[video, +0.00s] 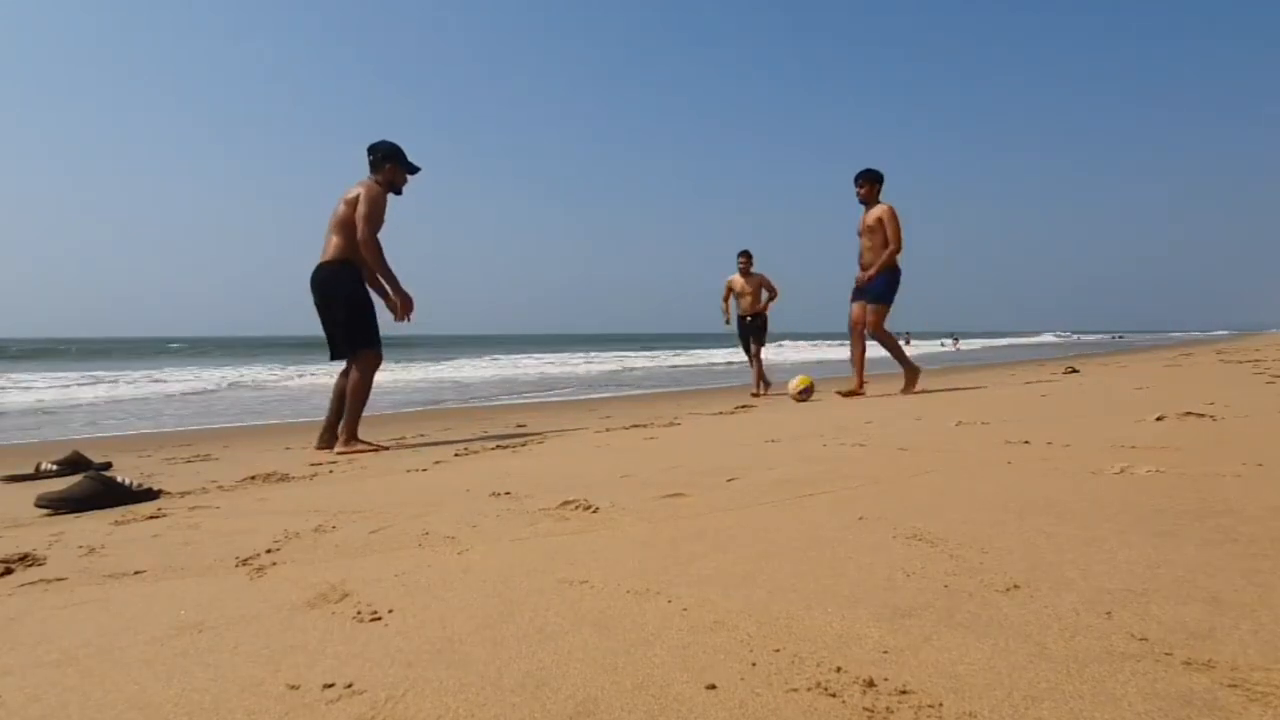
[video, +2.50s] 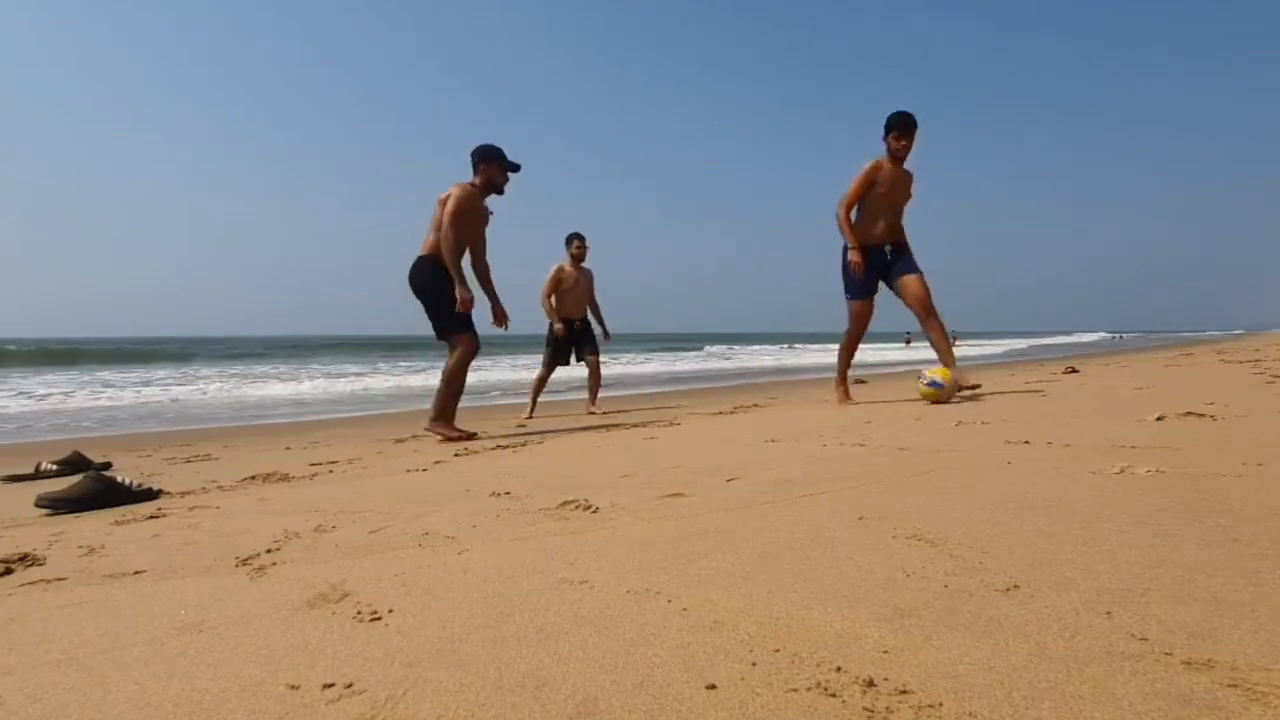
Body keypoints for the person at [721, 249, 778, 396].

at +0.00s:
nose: (742, 266)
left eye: (745, 263)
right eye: (740, 263)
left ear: (751, 263)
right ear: (737, 264)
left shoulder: (759, 279)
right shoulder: (731, 282)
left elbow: (773, 292)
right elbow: (725, 299)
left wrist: (765, 305)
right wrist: (727, 314)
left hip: (757, 315)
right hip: (742, 317)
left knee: (755, 353)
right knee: (750, 356)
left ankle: (756, 388)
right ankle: (765, 381)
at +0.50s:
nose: (683, 260)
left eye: (686, 257)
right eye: (680, 257)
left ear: (692, 258)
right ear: (677, 258)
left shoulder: (700, 276)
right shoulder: (671, 278)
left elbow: (713, 296)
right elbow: (667, 297)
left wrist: (700, 300)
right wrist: (663, 309)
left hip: (695, 318)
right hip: (678, 319)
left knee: (701, 358)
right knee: (677, 360)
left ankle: (720, 380)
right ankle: (686, 394)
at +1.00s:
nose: (621, 260)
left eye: (624, 257)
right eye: (618, 257)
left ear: (628, 259)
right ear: (612, 258)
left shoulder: (633, 279)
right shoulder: (602, 277)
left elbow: (642, 301)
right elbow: (595, 297)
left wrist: (632, 312)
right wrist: (595, 312)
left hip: (623, 322)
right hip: (603, 321)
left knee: (627, 365)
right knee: (588, 362)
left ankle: (639, 399)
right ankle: (577, 402)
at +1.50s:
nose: (578, 259)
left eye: (581, 256)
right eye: (575, 255)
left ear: (583, 257)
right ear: (567, 256)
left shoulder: (585, 279)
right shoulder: (555, 276)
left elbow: (590, 300)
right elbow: (543, 297)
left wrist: (590, 314)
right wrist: (541, 316)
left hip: (575, 323)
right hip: (556, 321)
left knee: (574, 368)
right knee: (544, 366)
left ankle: (566, 405)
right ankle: (531, 405)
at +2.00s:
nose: (553, 252)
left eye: (555, 248)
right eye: (549, 248)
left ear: (556, 250)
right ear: (539, 249)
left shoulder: (558, 271)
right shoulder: (529, 270)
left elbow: (560, 295)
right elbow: (519, 296)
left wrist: (570, 314)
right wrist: (533, 311)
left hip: (556, 321)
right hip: (535, 321)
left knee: (563, 363)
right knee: (531, 366)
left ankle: (562, 403)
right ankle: (529, 407)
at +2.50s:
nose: (583, 251)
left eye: (585, 247)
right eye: (578, 247)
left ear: (586, 250)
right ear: (569, 249)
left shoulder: (587, 274)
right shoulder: (559, 271)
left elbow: (592, 301)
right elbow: (545, 297)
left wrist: (603, 327)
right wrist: (554, 321)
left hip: (582, 323)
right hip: (562, 323)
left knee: (594, 363)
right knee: (547, 369)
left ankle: (591, 404)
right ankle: (531, 406)